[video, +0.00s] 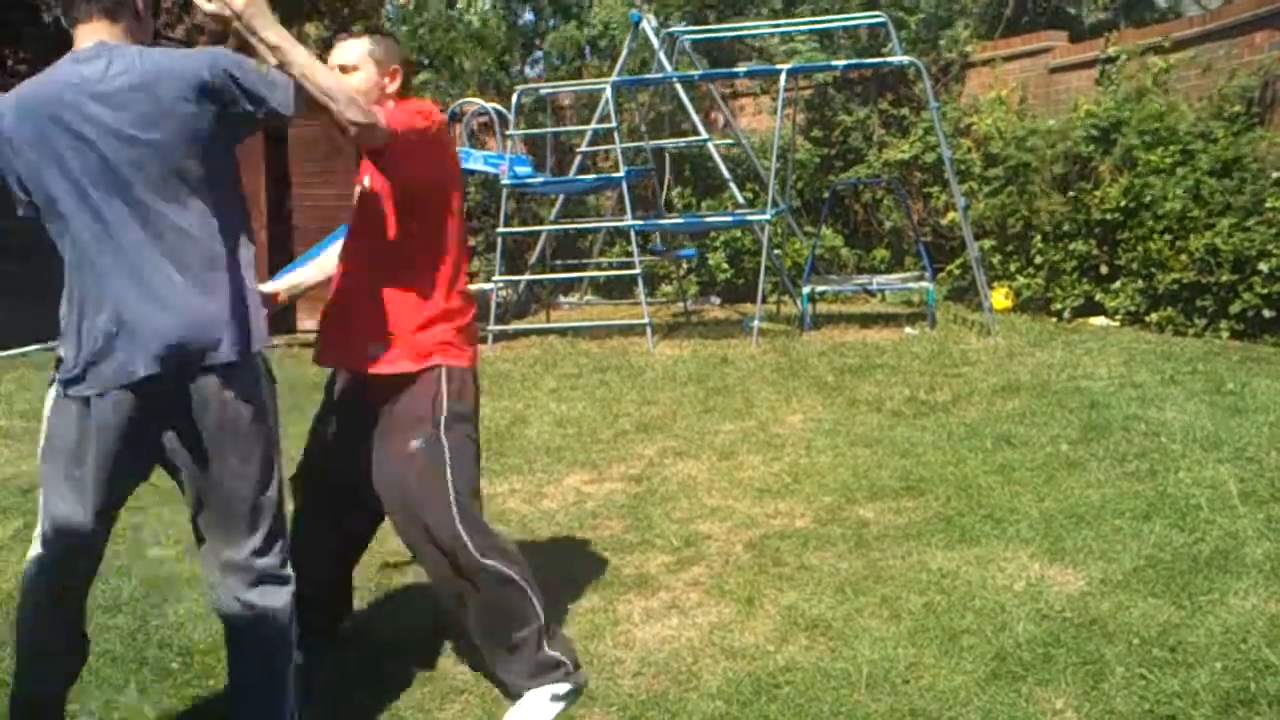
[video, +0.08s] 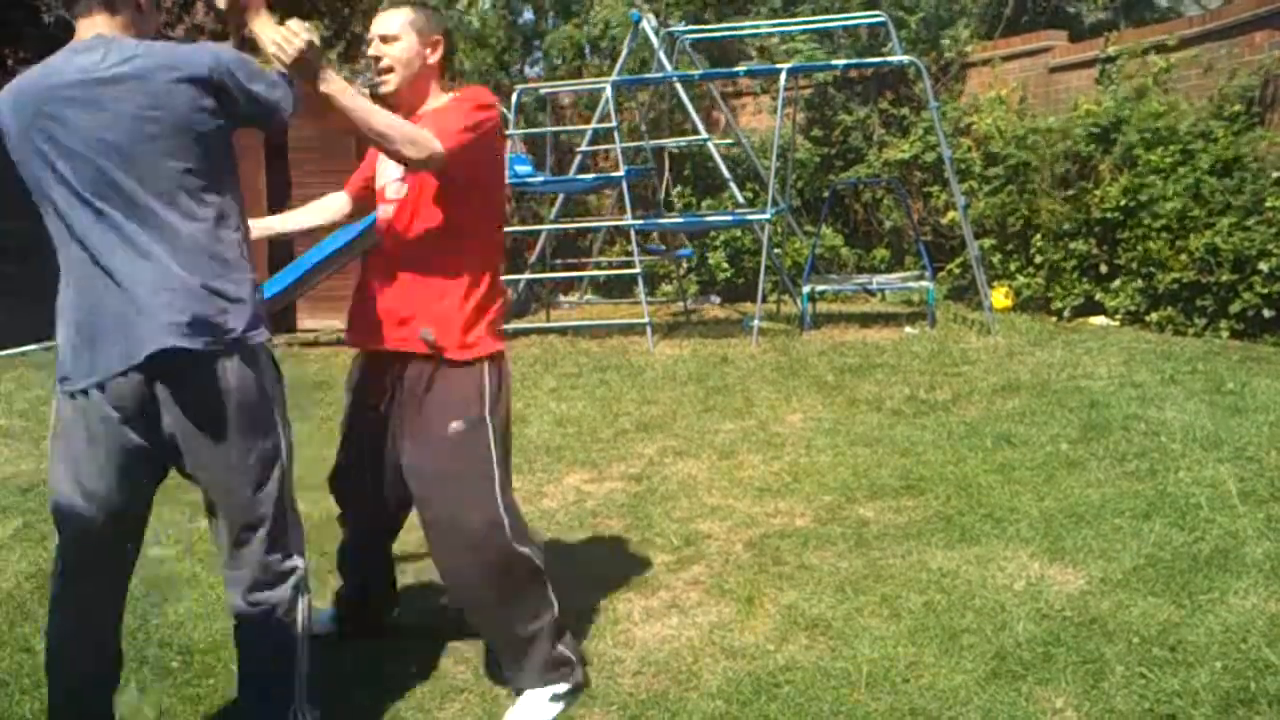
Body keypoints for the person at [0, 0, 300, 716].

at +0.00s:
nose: (156, 14)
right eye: (154, 7)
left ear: (67, 18)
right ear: (141, 9)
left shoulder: (18, 109)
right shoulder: (203, 70)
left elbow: (26, 209)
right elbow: (354, 116)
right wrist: (268, 28)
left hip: (101, 351)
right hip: (217, 341)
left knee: (58, 556)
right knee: (251, 565)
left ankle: (32, 710)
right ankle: (269, 711)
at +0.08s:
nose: (154, 11)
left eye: (151, 6)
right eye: (152, 3)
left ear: (71, 11)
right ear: (137, 3)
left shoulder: (18, 101)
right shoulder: (200, 64)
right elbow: (281, 100)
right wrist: (257, 27)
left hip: (94, 350)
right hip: (212, 334)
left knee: (84, 576)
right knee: (262, 556)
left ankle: (77, 713)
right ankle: (275, 711)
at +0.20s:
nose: (162, 19)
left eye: (159, 8)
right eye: (158, 8)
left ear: (74, 18)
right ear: (135, 10)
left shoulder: (25, 105)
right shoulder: (198, 85)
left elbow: (127, 98)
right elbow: (295, 153)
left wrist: (208, 48)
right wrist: (269, 103)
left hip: (102, 386)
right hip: (222, 369)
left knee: (108, 614)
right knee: (324, 553)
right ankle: (346, 705)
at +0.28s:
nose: (173, 27)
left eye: (175, 18)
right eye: (170, 16)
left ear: (78, 23)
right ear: (145, 14)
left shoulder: (32, 111)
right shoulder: (203, 95)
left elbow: (137, 104)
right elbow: (301, 163)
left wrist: (222, 48)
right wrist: (313, 131)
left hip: (112, 395)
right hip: (230, 380)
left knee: (106, 621)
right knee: (335, 571)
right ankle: (396, 710)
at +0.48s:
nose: (228, 42)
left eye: (229, 24)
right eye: (222, 22)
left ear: (142, 23)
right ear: (180, 16)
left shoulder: (79, 122)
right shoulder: (214, 109)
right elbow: (344, 222)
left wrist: (281, 107)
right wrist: (387, 260)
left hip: (158, 407)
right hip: (262, 389)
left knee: (157, 636)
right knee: (383, 570)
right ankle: (426, 709)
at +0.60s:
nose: (250, 34)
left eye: (251, 19)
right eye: (245, 16)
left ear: (179, 17)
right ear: (201, 13)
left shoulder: (126, 108)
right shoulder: (212, 109)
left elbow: (279, 169)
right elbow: (332, 214)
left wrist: (357, 83)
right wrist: (365, 149)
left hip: (171, 382)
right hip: (256, 372)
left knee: (183, 594)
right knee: (370, 560)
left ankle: (137, 715)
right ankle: (421, 707)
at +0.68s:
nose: (260, 19)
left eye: (258, 7)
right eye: (252, 5)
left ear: (190, 15)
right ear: (208, 9)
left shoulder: (158, 91)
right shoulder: (198, 96)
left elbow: (318, 110)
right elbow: (322, 185)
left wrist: (401, 62)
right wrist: (357, 98)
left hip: (184, 367)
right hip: (252, 362)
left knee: (187, 578)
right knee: (371, 558)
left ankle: (124, 715)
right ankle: (418, 707)